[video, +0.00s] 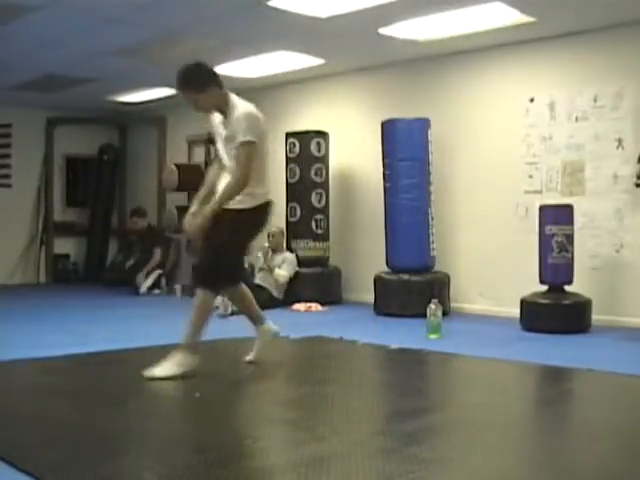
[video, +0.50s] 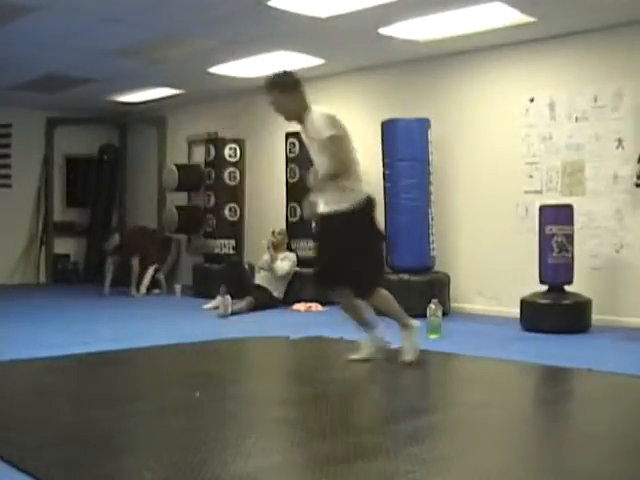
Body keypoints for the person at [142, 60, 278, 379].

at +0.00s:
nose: (195, 107)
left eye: (197, 99)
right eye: (191, 102)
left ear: (215, 87)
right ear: (198, 96)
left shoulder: (246, 117)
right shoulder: (217, 118)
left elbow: (242, 177)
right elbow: (218, 166)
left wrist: (206, 214)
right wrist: (197, 205)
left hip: (250, 205)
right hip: (229, 203)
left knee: (210, 272)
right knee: (224, 273)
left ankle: (189, 350)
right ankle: (265, 328)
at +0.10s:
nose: (211, 118)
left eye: (212, 110)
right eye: (207, 112)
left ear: (229, 100)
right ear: (222, 105)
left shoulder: (258, 131)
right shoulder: (236, 133)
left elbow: (246, 184)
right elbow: (235, 186)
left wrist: (204, 189)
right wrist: (214, 216)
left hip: (268, 219)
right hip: (249, 217)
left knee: (231, 282)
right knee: (237, 284)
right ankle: (272, 340)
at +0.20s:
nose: (224, 126)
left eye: (226, 118)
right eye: (221, 120)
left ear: (245, 109)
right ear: (241, 113)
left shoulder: (269, 138)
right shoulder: (254, 143)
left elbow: (260, 192)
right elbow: (258, 192)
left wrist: (241, 209)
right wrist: (242, 206)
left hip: (288, 227)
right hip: (270, 227)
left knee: (249, 287)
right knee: (242, 287)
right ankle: (274, 345)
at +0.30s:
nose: (238, 117)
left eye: (237, 109)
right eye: (234, 112)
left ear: (254, 97)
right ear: (254, 100)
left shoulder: (283, 126)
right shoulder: (276, 126)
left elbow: (283, 181)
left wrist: (265, 190)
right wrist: (273, 184)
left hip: (308, 212)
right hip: (292, 212)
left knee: (295, 282)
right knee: (269, 278)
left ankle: (342, 323)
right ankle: (278, 342)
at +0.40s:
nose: (256, 107)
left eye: (256, 99)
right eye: (252, 102)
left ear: (272, 87)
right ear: (268, 93)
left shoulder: (299, 113)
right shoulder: (292, 117)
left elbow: (308, 163)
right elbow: (310, 163)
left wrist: (290, 164)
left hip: (329, 201)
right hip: (317, 202)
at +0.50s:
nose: (277, 110)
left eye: (277, 102)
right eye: (273, 105)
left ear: (293, 95)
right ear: (286, 99)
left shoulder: (322, 122)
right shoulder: (308, 128)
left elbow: (341, 165)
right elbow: (330, 167)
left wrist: (315, 179)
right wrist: (317, 192)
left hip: (353, 213)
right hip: (331, 216)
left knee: (365, 285)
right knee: (336, 287)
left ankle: (409, 328)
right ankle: (376, 339)